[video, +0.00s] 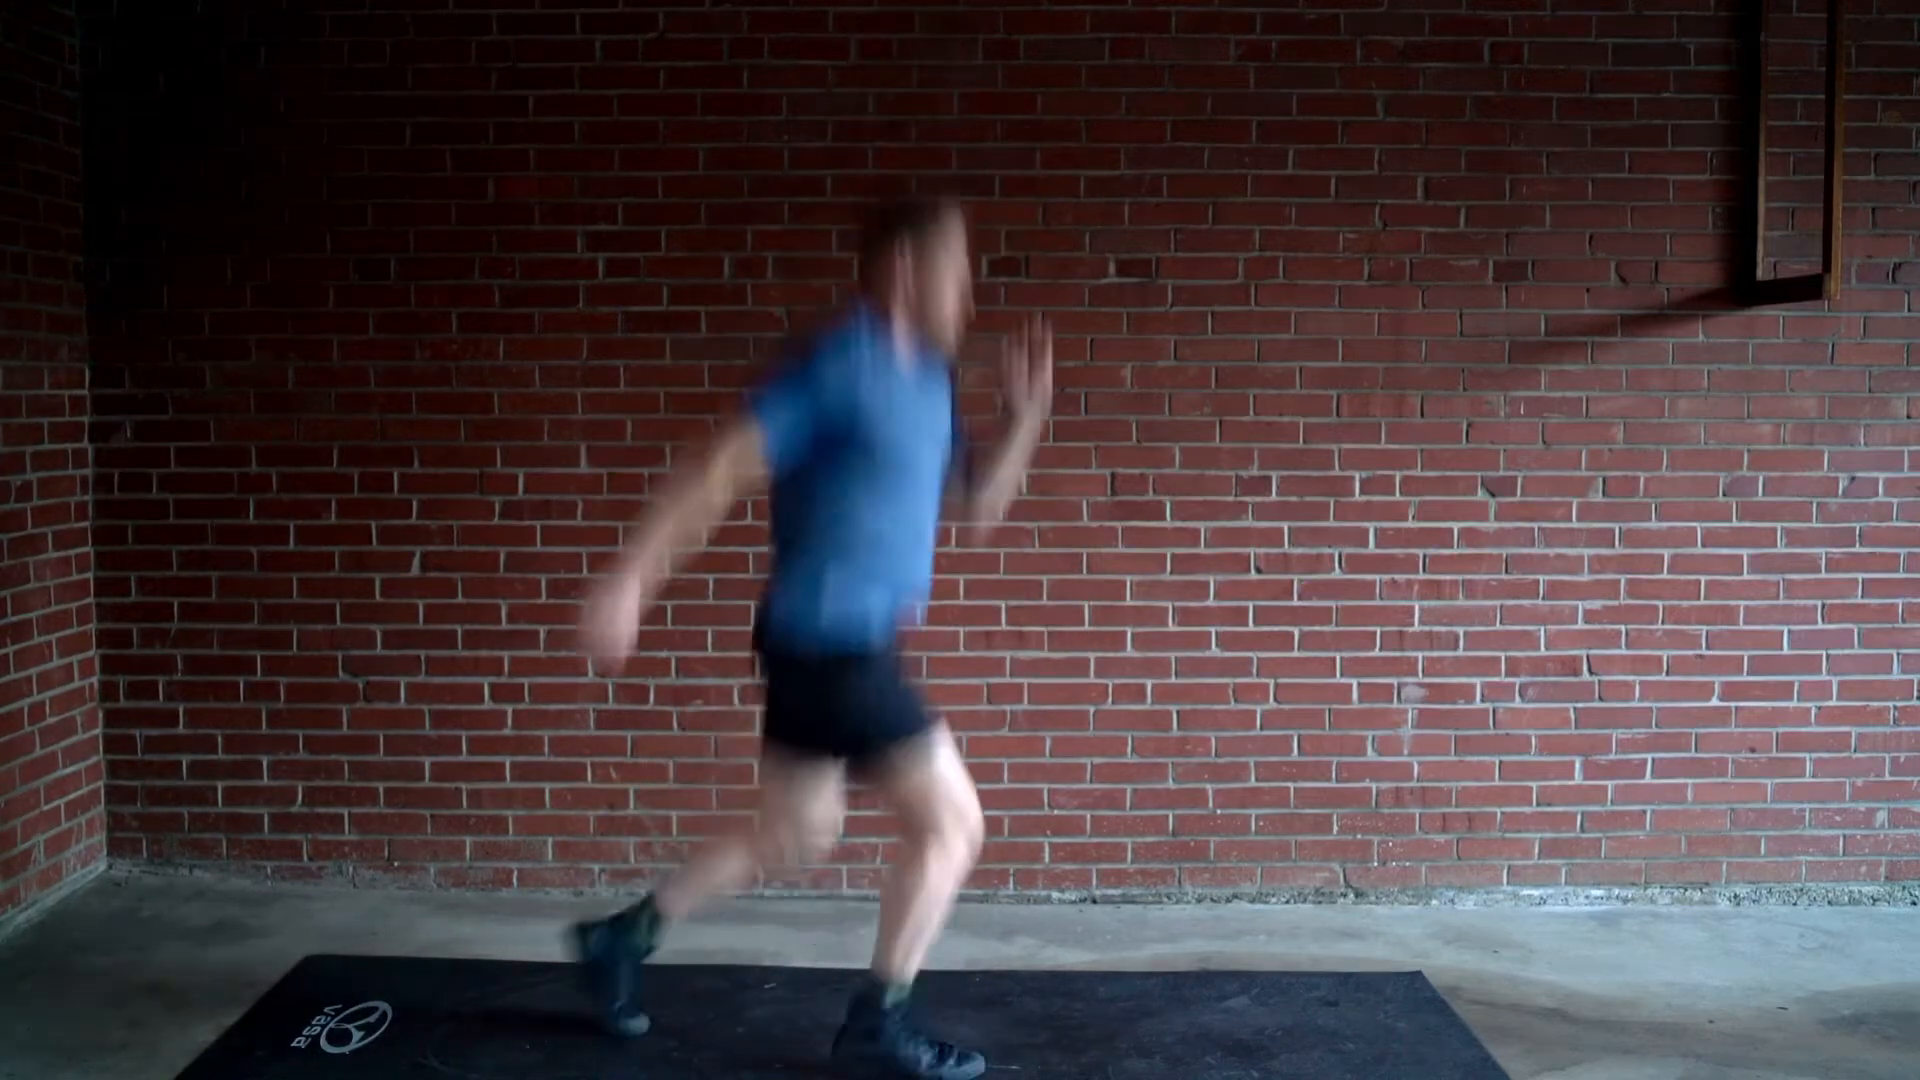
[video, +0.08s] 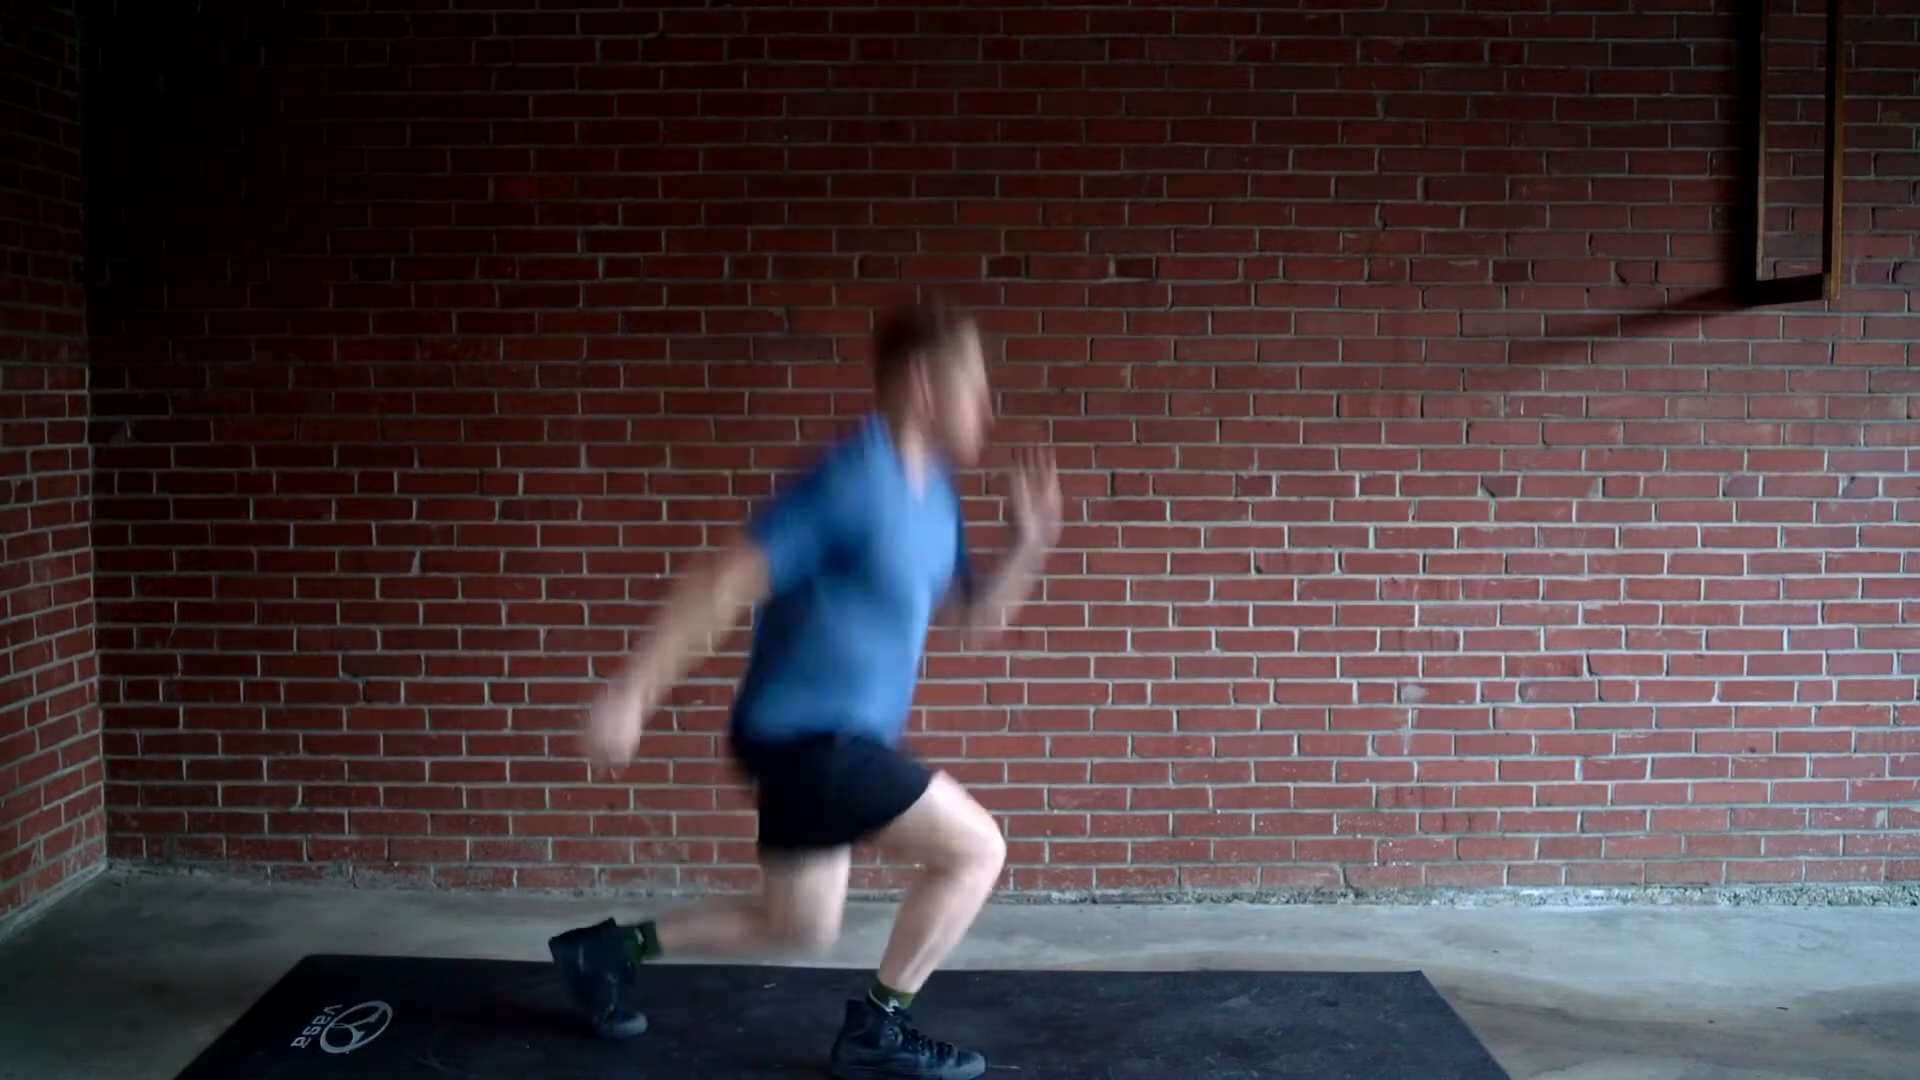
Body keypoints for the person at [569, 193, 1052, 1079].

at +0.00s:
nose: (965, 286)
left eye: (966, 266)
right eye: (950, 266)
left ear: (948, 274)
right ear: (897, 269)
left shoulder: (934, 376)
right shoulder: (843, 361)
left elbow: (974, 513)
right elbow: (726, 462)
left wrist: (1025, 418)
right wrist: (630, 580)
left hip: (843, 642)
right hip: (827, 644)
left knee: (795, 838)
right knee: (953, 825)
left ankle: (627, 933)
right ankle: (880, 1022)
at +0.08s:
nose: (985, 399)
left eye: (983, 379)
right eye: (970, 379)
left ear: (928, 383)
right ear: (918, 381)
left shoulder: (934, 486)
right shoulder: (854, 478)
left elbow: (975, 614)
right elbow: (727, 581)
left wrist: (1028, 545)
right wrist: (631, 694)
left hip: (846, 734)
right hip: (801, 736)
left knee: (800, 926)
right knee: (973, 851)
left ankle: (608, 950)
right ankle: (879, 1027)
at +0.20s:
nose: (1009, 514)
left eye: (1007, 497)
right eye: (999, 495)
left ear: (952, 500)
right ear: (943, 498)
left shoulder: (949, 601)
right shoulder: (863, 584)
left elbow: (963, 728)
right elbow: (725, 664)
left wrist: (1042, 675)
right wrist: (620, 772)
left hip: (818, 804)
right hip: (770, 807)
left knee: (817, 994)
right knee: (977, 855)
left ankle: (632, 955)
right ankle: (878, 1025)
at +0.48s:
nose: (1001, 460)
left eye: (995, 442)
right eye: (987, 443)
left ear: (946, 463)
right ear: (938, 459)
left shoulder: (947, 552)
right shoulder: (881, 543)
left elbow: (982, 679)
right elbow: (753, 643)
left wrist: (1037, 605)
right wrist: (648, 752)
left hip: (808, 766)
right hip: (777, 766)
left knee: (806, 950)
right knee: (972, 848)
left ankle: (611, 952)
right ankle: (879, 1028)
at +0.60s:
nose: (973, 332)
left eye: (969, 314)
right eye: (958, 314)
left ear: (920, 324)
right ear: (909, 323)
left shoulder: (937, 430)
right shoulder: (877, 418)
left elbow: (995, 531)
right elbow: (778, 524)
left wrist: (1030, 448)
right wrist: (745, 672)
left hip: (826, 680)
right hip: (820, 682)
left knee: (774, 865)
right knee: (963, 835)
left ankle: (595, 949)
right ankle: (880, 1021)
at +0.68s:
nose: (952, 226)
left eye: (951, 209)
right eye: (936, 208)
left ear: (939, 223)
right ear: (890, 218)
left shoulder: (932, 320)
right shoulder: (864, 307)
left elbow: (955, 430)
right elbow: (794, 424)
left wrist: (1050, 391)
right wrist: (826, 564)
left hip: (849, 582)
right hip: (839, 583)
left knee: (756, 753)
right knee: (908, 782)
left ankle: (642, 910)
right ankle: (887, 1009)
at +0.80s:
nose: (958, 116)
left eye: (956, 98)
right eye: (944, 97)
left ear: (898, 105)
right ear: (893, 103)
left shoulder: (894, 199)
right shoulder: (877, 193)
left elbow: (885, 347)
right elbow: (852, 331)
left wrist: (949, 429)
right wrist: (990, 352)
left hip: (843, 466)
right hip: (851, 470)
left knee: (807, 672)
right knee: (850, 680)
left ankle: (759, 846)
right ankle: (795, 875)